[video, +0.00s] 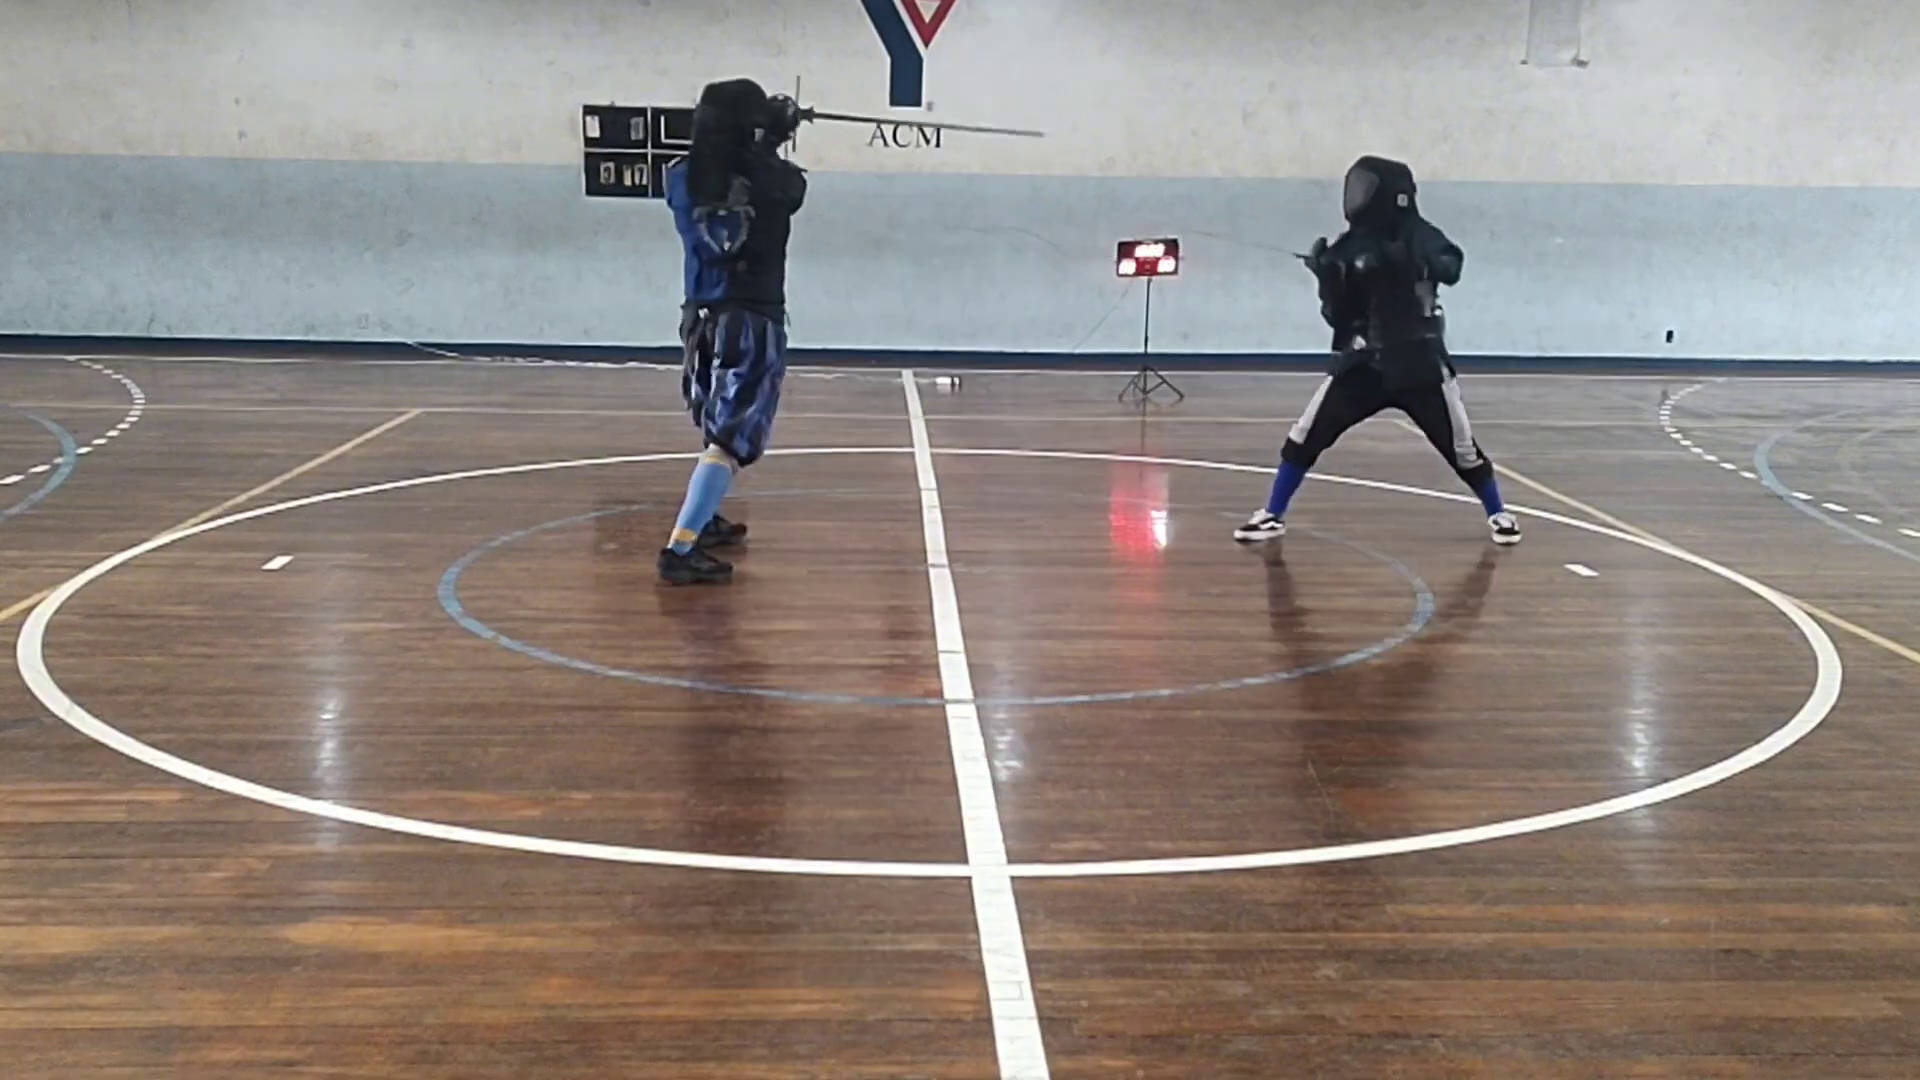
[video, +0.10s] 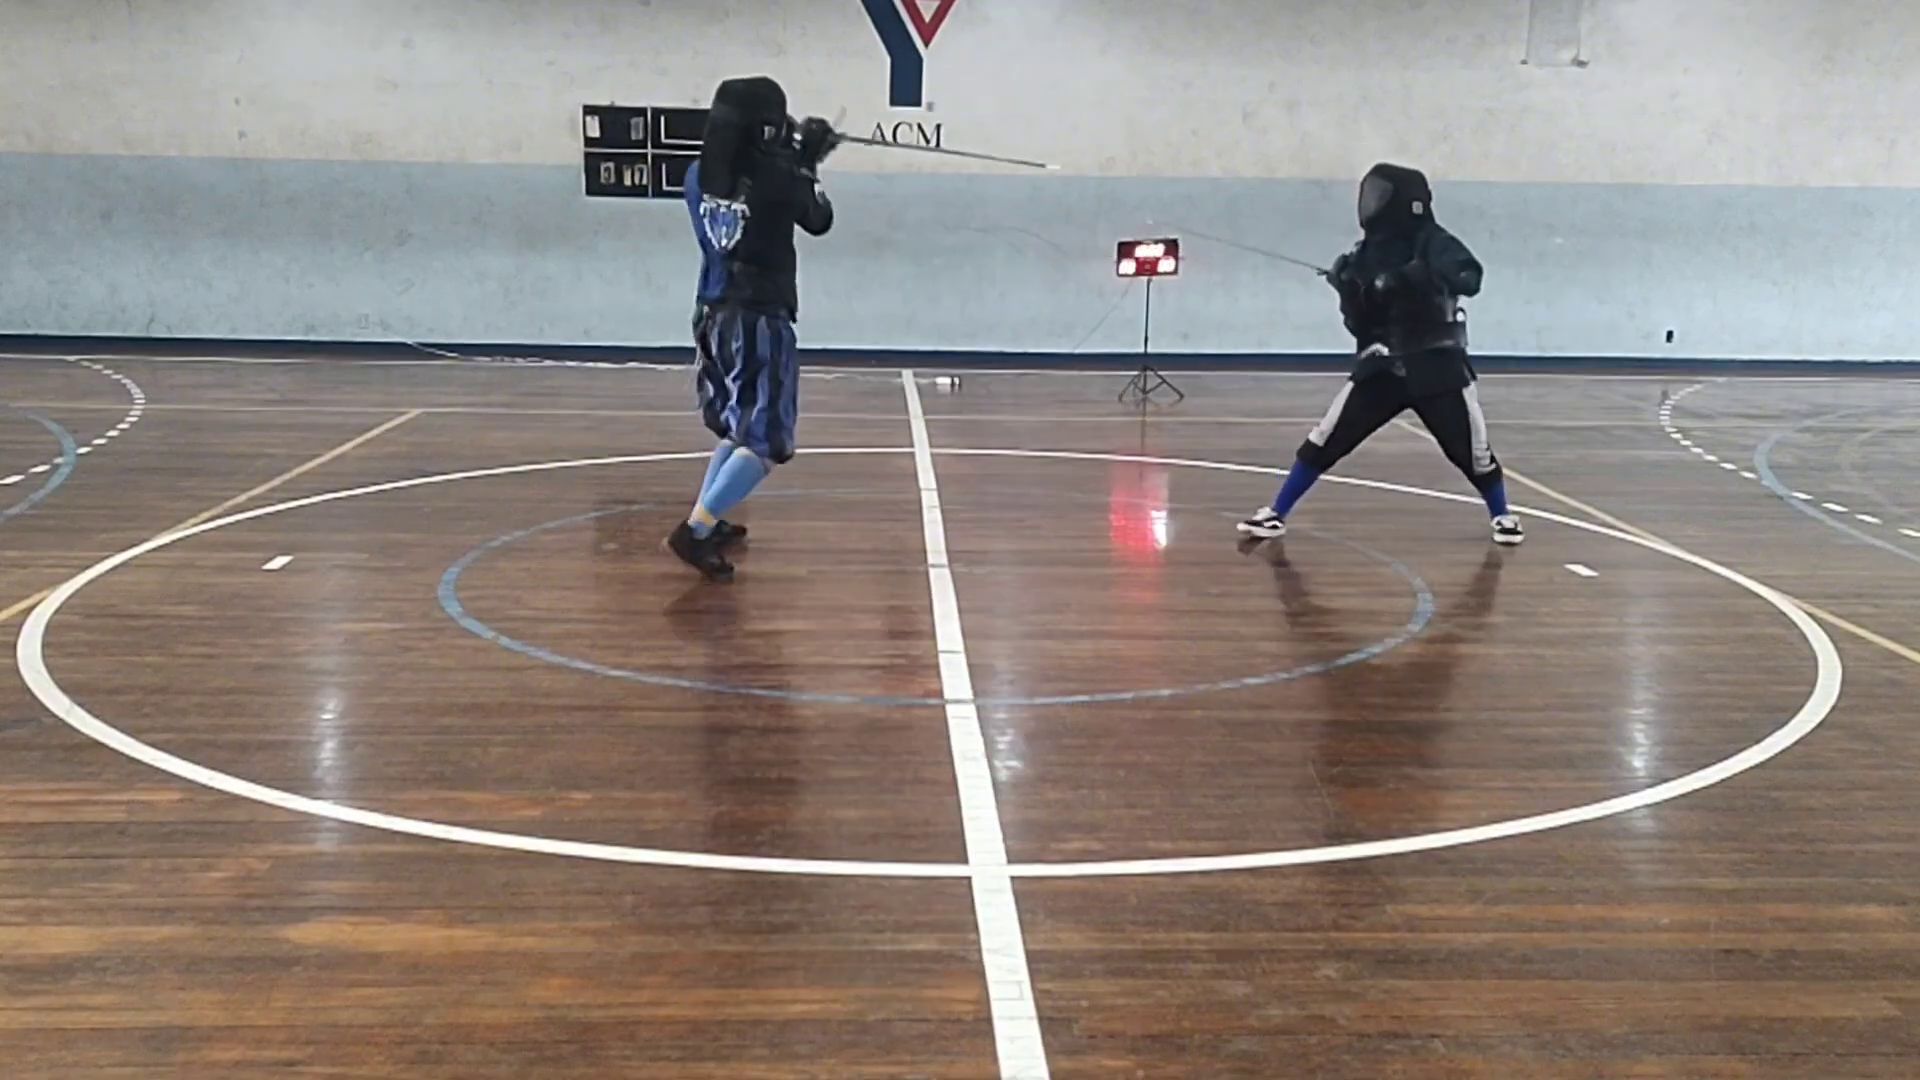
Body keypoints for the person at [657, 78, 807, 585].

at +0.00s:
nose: (767, 131)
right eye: (764, 124)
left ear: (705, 124)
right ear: (754, 130)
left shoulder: (678, 176)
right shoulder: (773, 178)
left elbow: (712, 166)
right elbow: (791, 186)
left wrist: (760, 136)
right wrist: (767, 144)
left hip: (699, 313)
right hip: (751, 317)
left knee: (716, 426)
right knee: (730, 436)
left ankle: (705, 516)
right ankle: (680, 547)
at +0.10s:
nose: (783, 127)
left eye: (782, 119)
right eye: (779, 119)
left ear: (725, 120)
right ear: (768, 125)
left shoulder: (697, 174)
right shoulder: (774, 174)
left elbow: (747, 203)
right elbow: (817, 219)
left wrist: (788, 159)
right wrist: (806, 166)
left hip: (713, 311)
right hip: (759, 315)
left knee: (736, 427)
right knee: (767, 439)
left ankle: (709, 518)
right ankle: (697, 529)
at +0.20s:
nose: (802, 132)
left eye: (800, 123)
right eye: (797, 123)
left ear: (748, 128)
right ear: (779, 131)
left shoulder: (740, 176)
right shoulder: (782, 185)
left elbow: (795, 220)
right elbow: (838, 245)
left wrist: (851, 205)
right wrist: (869, 217)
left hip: (732, 320)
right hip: (772, 325)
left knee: (758, 428)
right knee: (812, 430)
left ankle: (701, 517)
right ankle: (756, 529)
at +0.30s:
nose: (825, 133)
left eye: (825, 124)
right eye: (818, 124)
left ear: (787, 131)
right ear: (792, 131)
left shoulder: (805, 180)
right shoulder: (782, 187)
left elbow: (848, 240)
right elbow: (827, 257)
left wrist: (898, 254)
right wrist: (887, 292)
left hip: (782, 324)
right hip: (778, 326)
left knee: (768, 433)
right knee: (850, 414)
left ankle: (700, 516)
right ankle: (859, 532)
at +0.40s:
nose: (853, 142)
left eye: (855, 132)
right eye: (846, 132)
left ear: (818, 137)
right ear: (819, 135)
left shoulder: (850, 187)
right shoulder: (790, 183)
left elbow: (894, 239)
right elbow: (823, 244)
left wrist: (932, 231)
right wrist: (901, 253)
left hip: (836, 327)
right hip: (816, 328)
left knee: (788, 434)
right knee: (891, 421)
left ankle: (708, 503)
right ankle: (890, 533)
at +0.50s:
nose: (887, 145)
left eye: (887, 138)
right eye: (880, 137)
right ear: (856, 139)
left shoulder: (883, 186)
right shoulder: (809, 185)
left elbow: (949, 219)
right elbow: (839, 179)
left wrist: (968, 166)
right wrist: (897, 148)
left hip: (875, 329)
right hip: (845, 331)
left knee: (862, 443)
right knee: (919, 426)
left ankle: (769, 473)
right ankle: (894, 533)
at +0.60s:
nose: (921, 142)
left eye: (922, 133)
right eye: (914, 132)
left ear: (910, 141)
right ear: (888, 132)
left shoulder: (914, 191)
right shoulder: (851, 180)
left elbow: (976, 196)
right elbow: (867, 104)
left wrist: (995, 134)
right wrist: (941, 96)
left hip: (904, 332)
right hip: (871, 334)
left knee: (938, 428)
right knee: (937, 438)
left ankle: (859, 477)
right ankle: (895, 535)